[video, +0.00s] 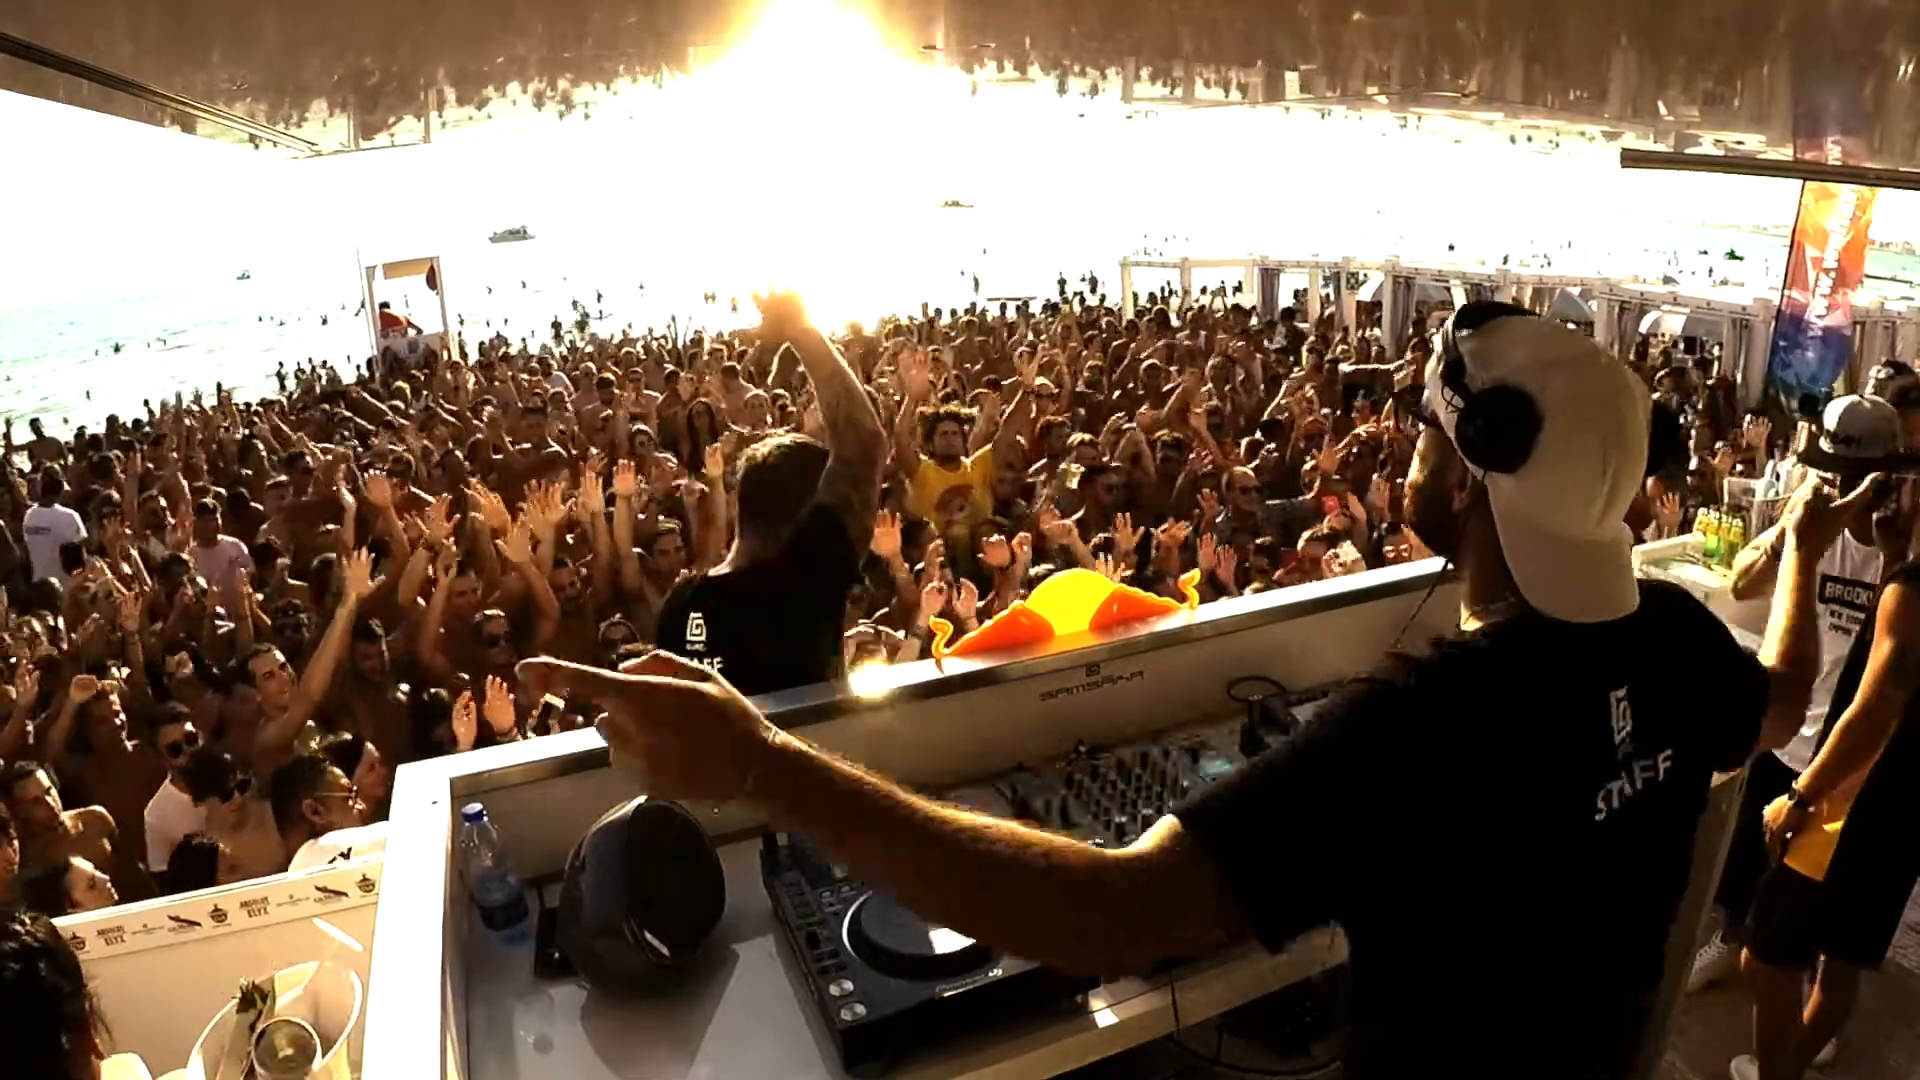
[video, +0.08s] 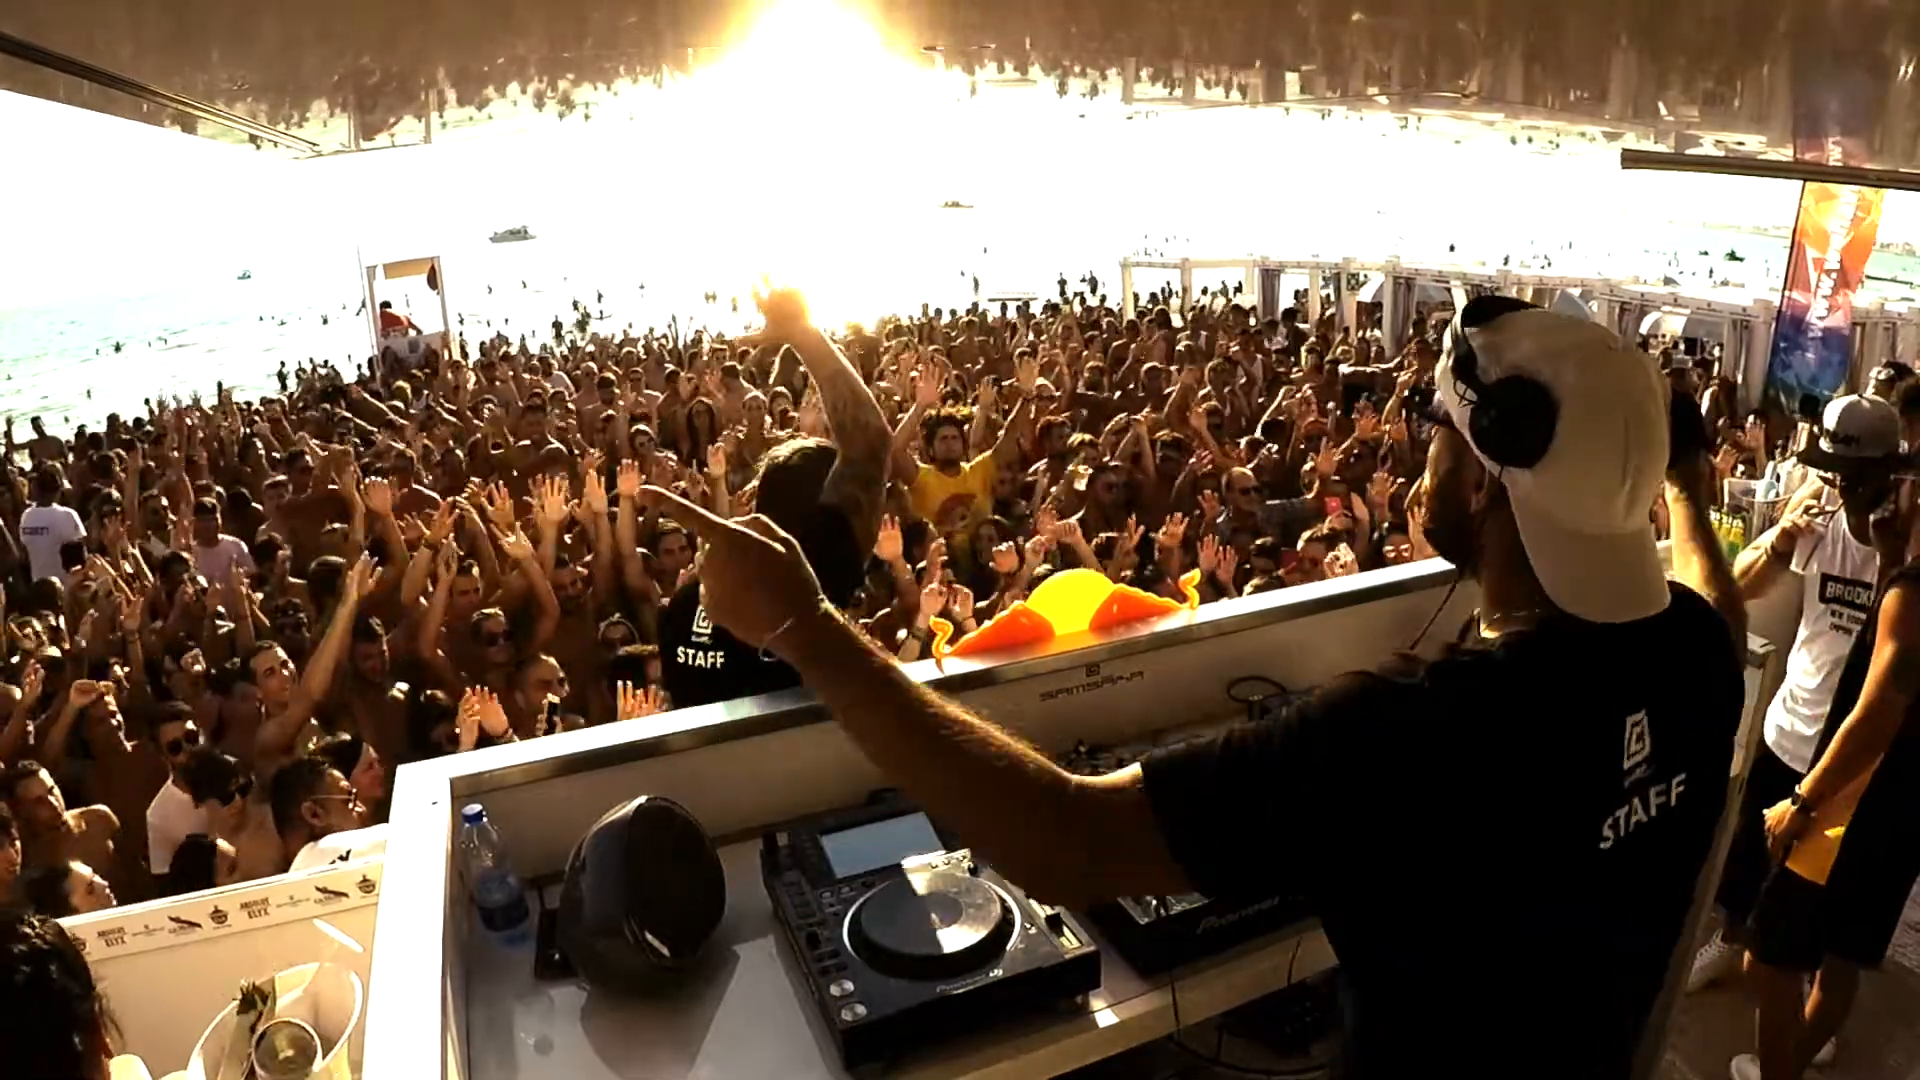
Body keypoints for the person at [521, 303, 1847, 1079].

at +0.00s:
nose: (1415, 476)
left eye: (1437, 443)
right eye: (1434, 436)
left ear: (1476, 487)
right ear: (1624, 489)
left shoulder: (1419, 730)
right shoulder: (1683, 653)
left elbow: (1117, 916)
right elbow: (1771, 711)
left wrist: (766, 769)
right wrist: (1789, 546)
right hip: (1598, 1074)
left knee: (1108, 1068)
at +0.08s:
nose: (1426, 465)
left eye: (1444, 440)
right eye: (1435, 436)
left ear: (1489, 487)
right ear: (1631, 480)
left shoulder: (1427, 733)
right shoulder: (1701, 658)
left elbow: (1088, 848)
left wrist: (807, 632)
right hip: (1600, 1059)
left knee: (1122, 1051)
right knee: (1211, 1026)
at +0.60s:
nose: (1424, 490)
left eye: (1433, 460)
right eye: (1432, 456)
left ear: (1465, 500)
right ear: (1620, 488)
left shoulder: (1408, 731)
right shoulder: (1688, 657)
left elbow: (1053, 790)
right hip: (1604, 1061)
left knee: (1097, 1059)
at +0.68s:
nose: (1411, 501)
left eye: (1418, 471)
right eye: (1415, 470)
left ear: (1453, 507)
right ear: (1615, 484)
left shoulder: (1391, 737)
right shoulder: (1689, 656)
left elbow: (1049, 838)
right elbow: (1641, 557)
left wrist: (801, 643)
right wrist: (1589, 437)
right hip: (1609, 1058)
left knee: (1136, 1046)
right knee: (1205, 1024)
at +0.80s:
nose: (1378, 515)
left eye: (1389, 482)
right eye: (1381, 478)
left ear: (1433, 503)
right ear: (1564, 497)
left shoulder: (1395, 757)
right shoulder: (1661, 671)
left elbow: (1140, 1000)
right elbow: (1790, 752)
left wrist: (743, 964)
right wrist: (1838, 591)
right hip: (1571, 1054)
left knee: (862, 960)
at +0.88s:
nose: (1383, 490)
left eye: (1394, 453)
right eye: (1389, 449)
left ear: (1430, 480)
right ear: (1569, 481)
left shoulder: (1394, 725)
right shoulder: (1647, 646)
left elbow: (1131, 987)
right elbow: (1771, 733)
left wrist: (744, 939)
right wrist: (1825, 578)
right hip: (1581, 1059)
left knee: (909, 967)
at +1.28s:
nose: (1332, 520)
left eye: (1338, 486)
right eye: (1342, 483)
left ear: (1365, 501)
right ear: (1509, 495)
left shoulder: (1329, 746)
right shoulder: (1617, 662)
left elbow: (1146, 1021)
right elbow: (1768, 817)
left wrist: (771, 1058)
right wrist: (1869, 697)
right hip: (1572, 1072)